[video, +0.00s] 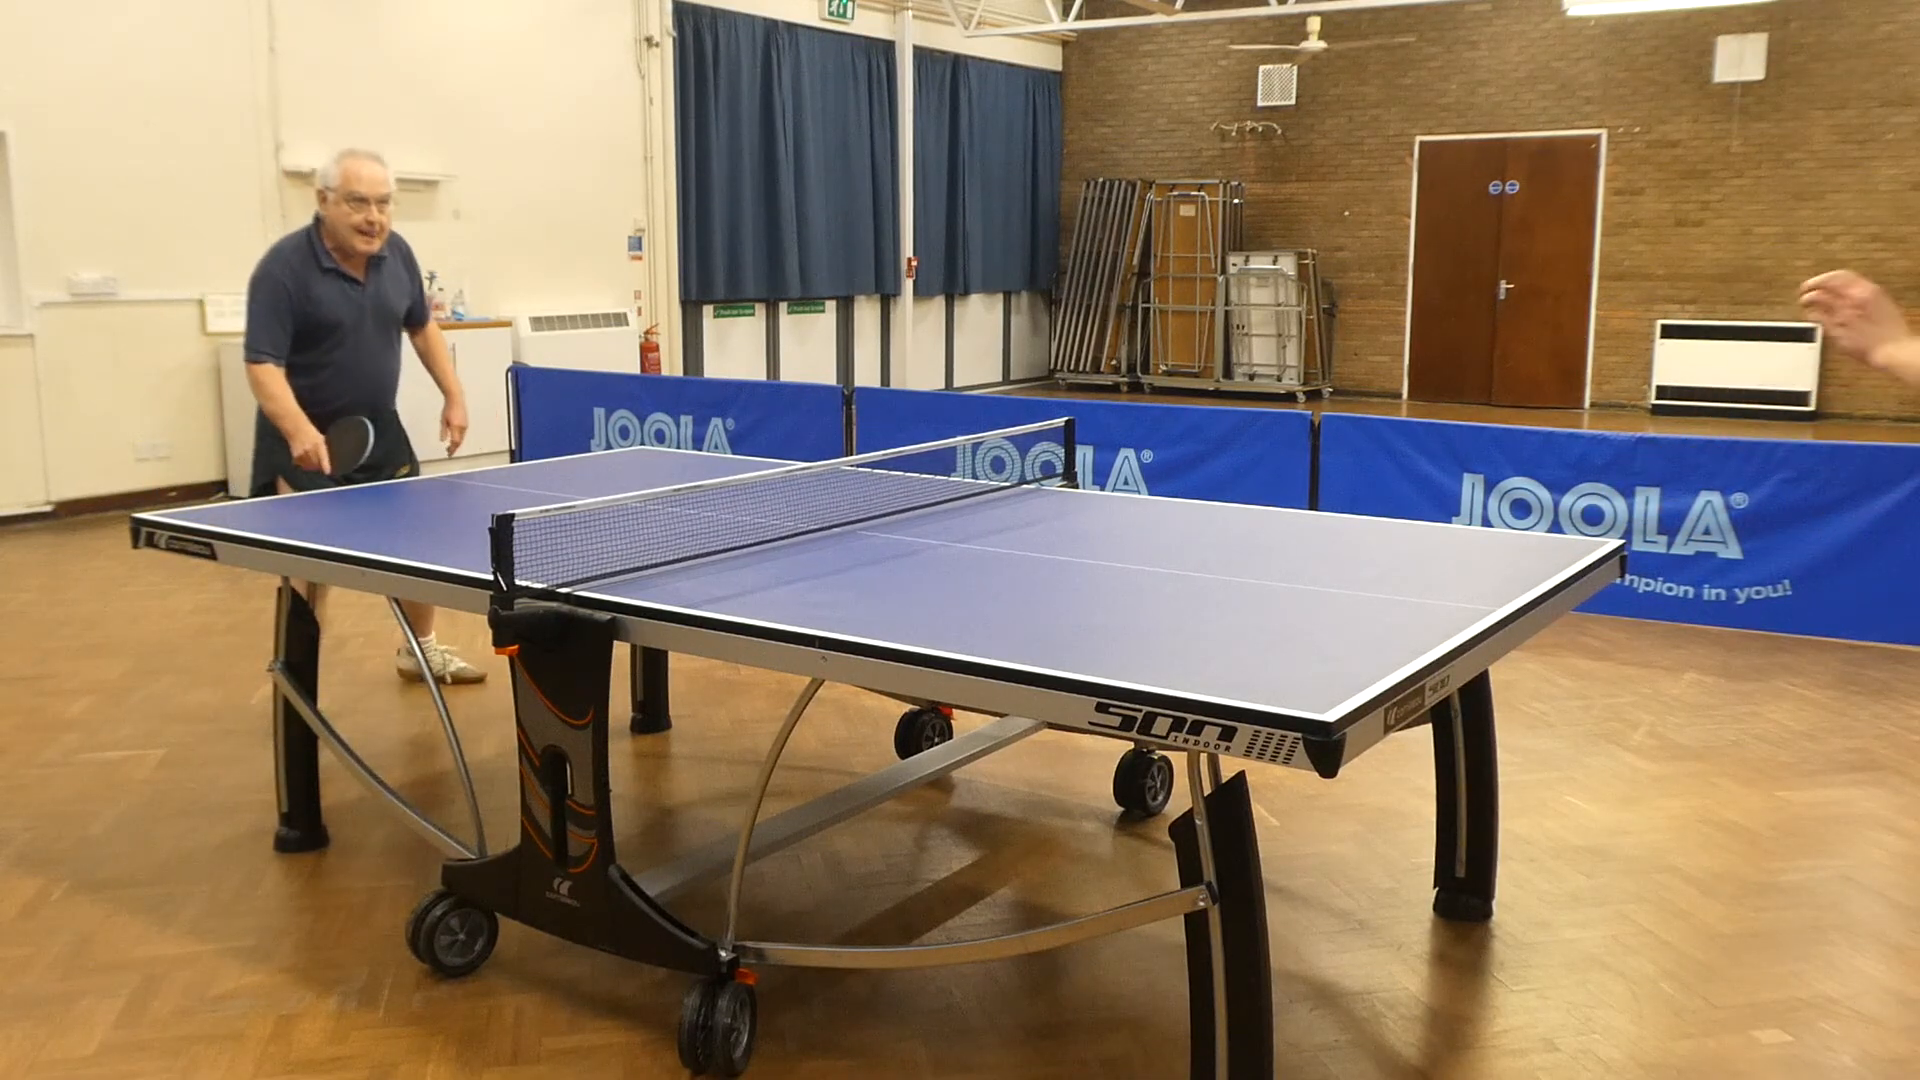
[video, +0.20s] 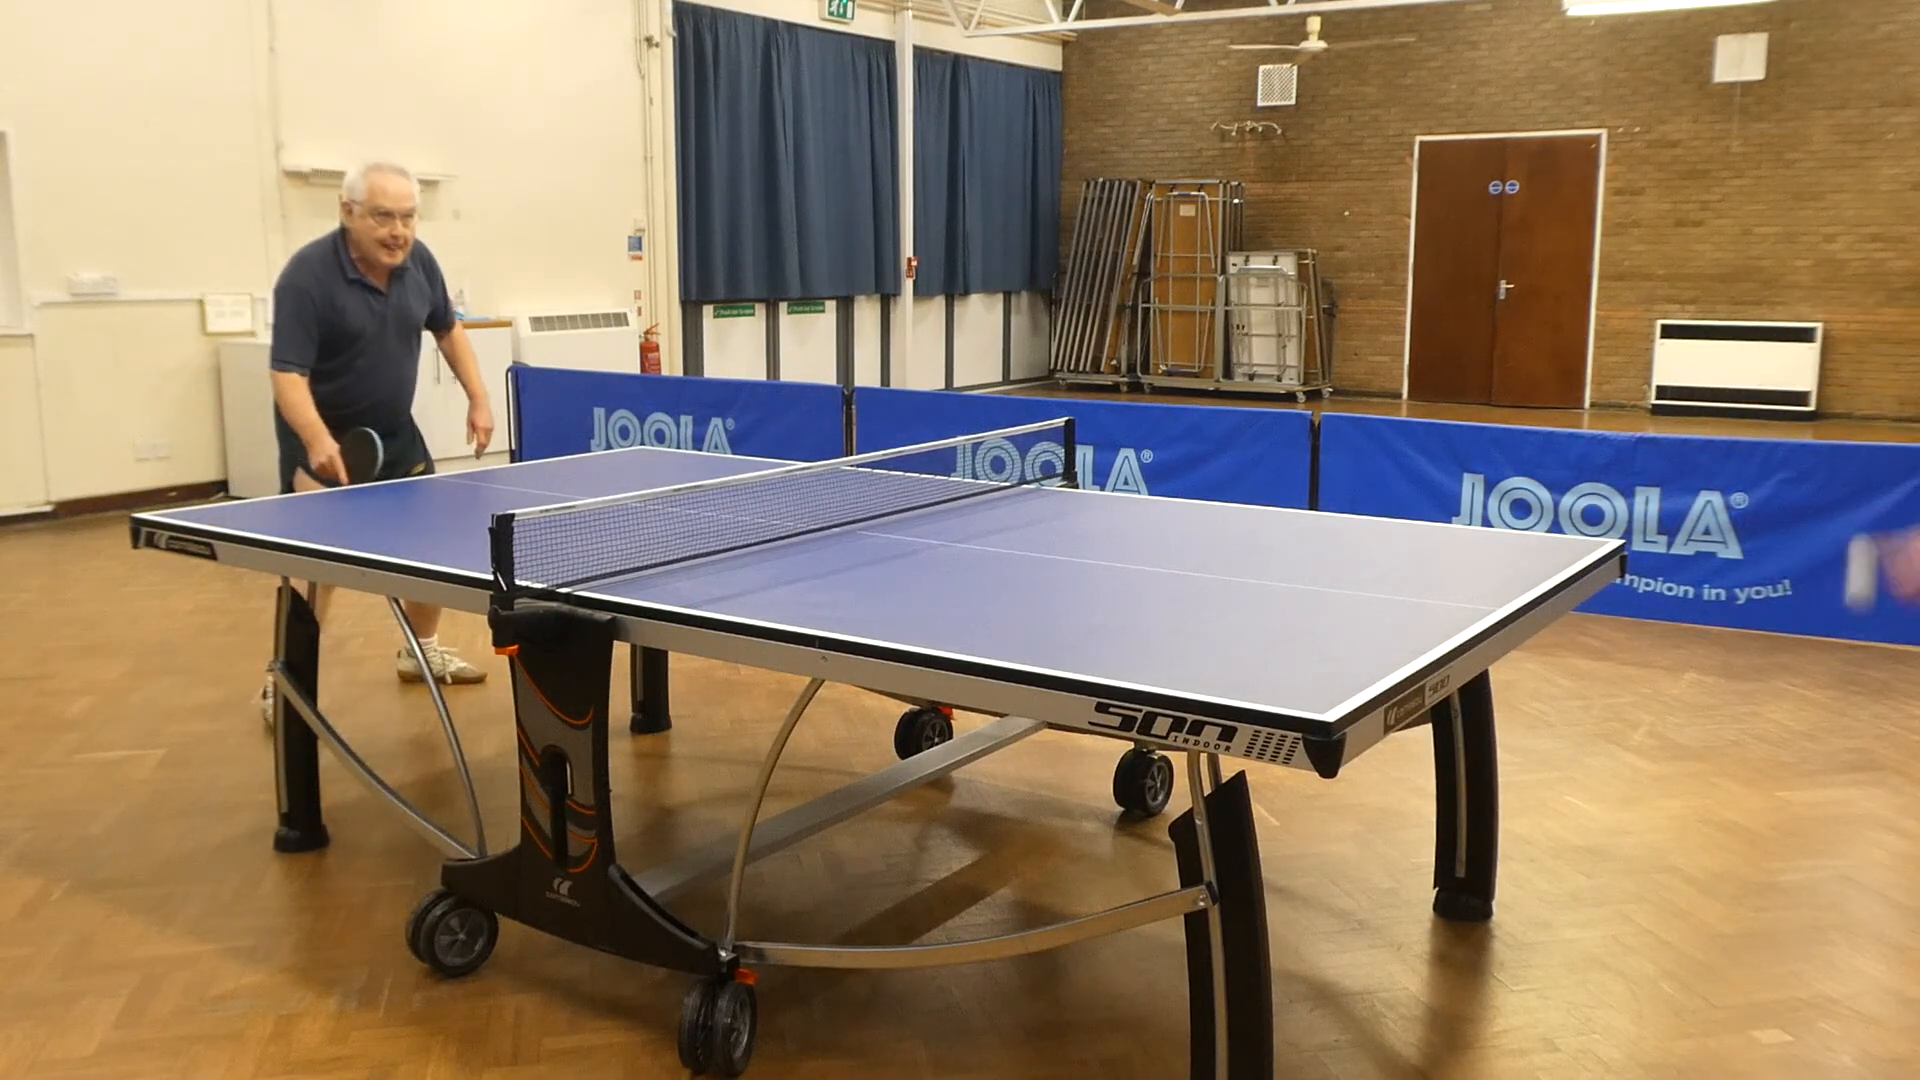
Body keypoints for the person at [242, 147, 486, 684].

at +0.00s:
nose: (372, 217)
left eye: (382, 203)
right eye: (358, 203)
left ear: (392, 204)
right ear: (323, 202)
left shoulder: (396, 253)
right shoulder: (283, 267)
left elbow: (421, 325)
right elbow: (262, 364)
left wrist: (453, 394)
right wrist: (299, 430)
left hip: (379, 430)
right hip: (305, 442)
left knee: (416, 532)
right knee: (309, 562)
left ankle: (420, 645)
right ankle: (293, 676)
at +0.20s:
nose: (398, 231)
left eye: (407, 218)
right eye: (383, 218)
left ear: (417, 217)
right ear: (348, 213)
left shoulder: (418, 262)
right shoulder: (309, 275)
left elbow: (448, 328)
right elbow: (287, 374)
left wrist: (479, 398)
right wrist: (318, 442)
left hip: (394, 428)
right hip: (321, 437)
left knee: (432, 530)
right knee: (318, 557)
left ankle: (420, 647)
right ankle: (286, 680)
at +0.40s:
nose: (411, 235)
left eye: (420, 222)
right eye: (396, 222)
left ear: (428, 220)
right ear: (360, 218)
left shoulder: (425, 266)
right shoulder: (319, 275)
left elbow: (452, 333)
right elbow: (301, 377)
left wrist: (482, 404)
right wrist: (343, 443)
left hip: (390, 423)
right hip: (317, 425)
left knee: (426, 529)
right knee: (313, 553)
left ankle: (421, 646)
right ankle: (285, 678)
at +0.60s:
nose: (412, 236)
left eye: (421, 224)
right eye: (397, 223)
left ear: (429, 222)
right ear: (362, 220)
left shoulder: (423, 269)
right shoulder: (319, 276)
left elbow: (445, 336)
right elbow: (307, 376)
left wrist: (470, 407)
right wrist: (358, 441)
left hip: (385, 423)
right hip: (313, 427)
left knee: (420, 532)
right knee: (305, 556)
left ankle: (420, 646)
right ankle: (284, 679)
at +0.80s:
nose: (410, 239)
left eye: (418, 226)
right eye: (395, 226)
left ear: (426, 224)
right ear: (359, 222)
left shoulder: (420, 272)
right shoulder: (316, 276)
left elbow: (439, 338)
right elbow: (304, 377)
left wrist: (461, 409)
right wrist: (356, 444)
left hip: (382, 427)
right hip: (309, 430)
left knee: (420, 529)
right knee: (302, 555)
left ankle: (420, 646)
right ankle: (282, 680)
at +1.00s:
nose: (407, 239)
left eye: (416, 226)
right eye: (392, 225)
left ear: (424, 225)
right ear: (356, 222)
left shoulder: (417, 272)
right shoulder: (313, 278)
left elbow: (436, 339)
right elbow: (298, 379)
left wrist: (457, 409)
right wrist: (347, 446)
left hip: (379, 427)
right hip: (306, 429)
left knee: (420, 524)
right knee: (302, 552)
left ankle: (420, 646)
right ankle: (282, 680)